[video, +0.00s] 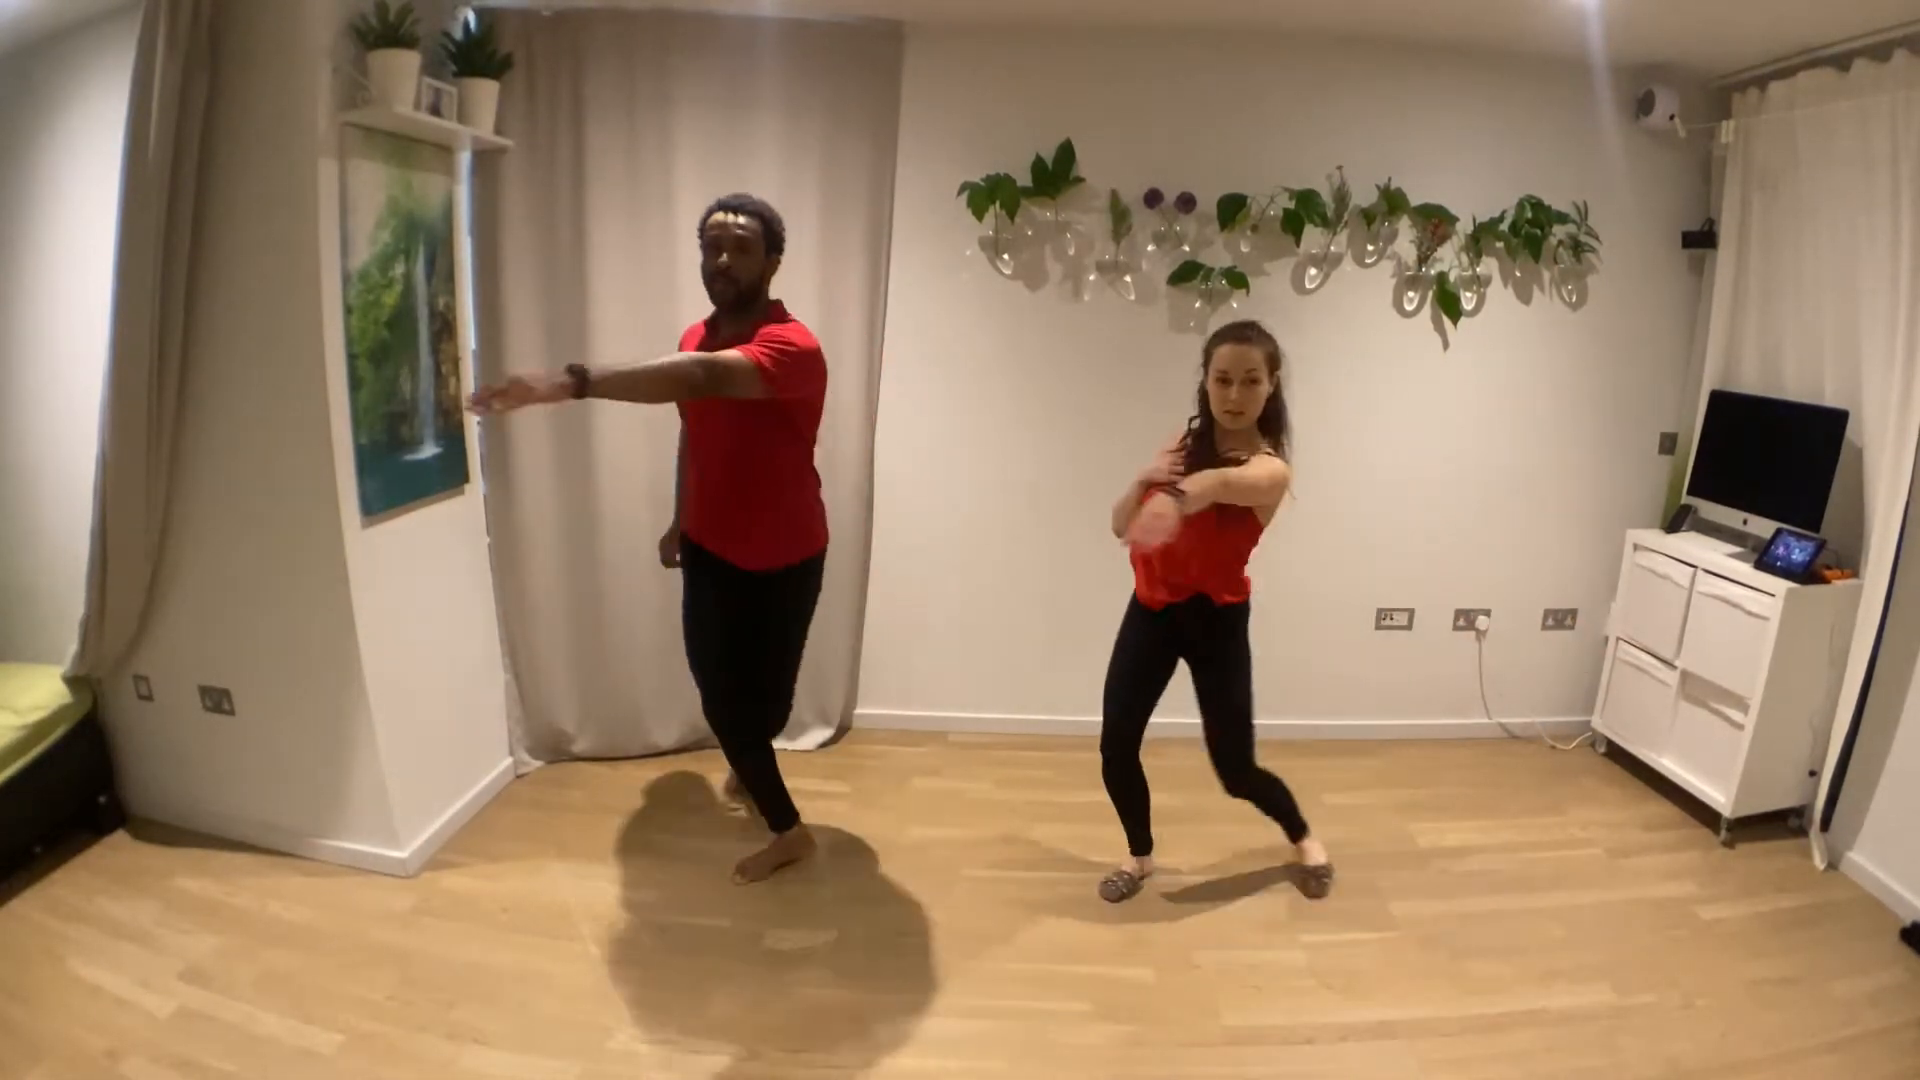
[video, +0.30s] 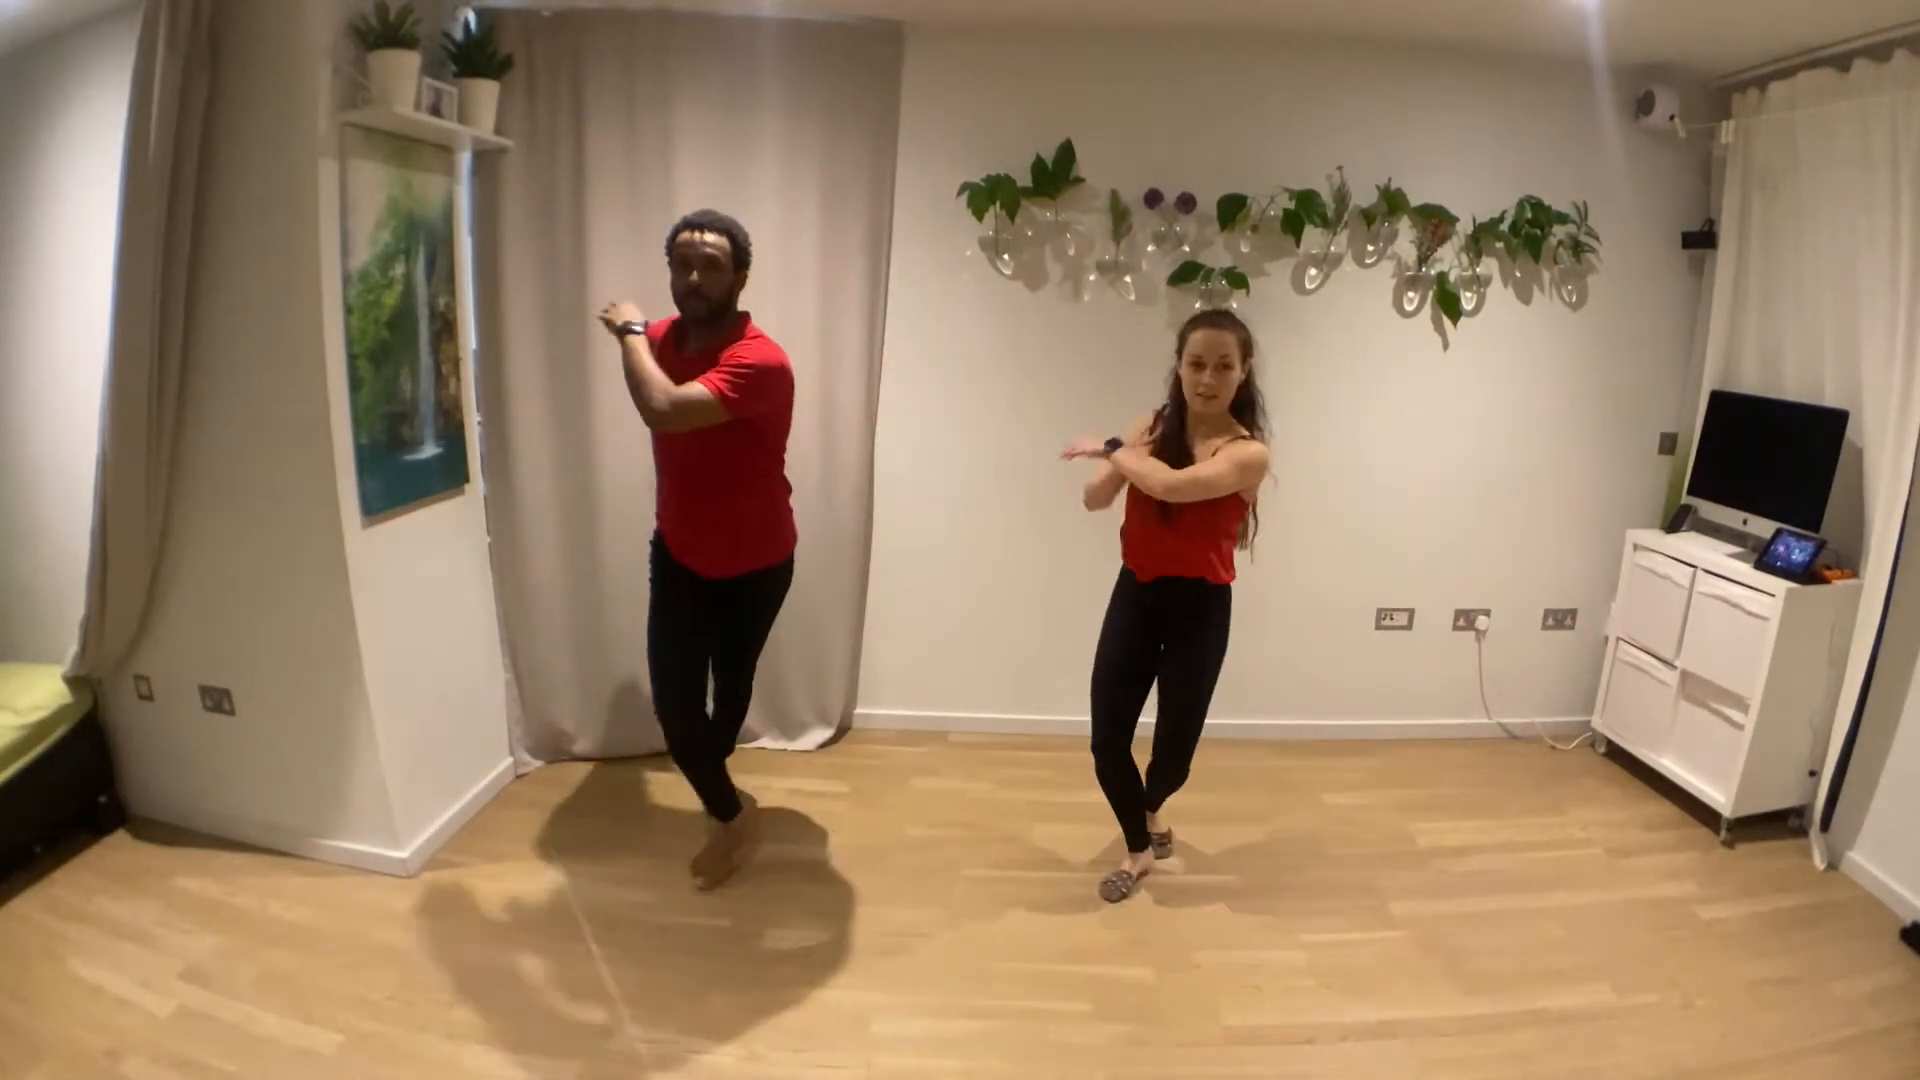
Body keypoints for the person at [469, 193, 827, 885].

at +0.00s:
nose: (719, 260)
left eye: (738, 247)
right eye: (710, 246)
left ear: (773, 261)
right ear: (699, 257)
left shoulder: (793, 351)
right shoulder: (698, 343)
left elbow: (697, 379)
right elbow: (691, 447)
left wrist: (571, 384)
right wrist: (682, 523)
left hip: (784, 554)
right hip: (711, 548)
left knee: (768, 697)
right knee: (723, 702)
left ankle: (744, 768)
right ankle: (789, 831)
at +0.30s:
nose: (692, 279)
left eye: (708, 267)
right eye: (682, 266)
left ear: (740, 278)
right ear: (670, 273)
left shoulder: (762, 364)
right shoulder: (660, 342)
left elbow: (664, 407)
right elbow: (666, 423)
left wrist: (630, 333)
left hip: (755, 560)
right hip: (680, 552)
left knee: (733, 676)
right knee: (676, 709)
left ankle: (709, 776)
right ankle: (733, 817)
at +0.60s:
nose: (682, 278)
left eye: (698, 267)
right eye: (668, 268)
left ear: (730, 283)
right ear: (654, 286)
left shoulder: (782, 372)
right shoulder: (628, 387)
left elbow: (814, 485)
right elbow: (607, 512)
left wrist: (712, 479)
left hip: (757, 579)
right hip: (671, 576)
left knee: (762, 742)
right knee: (661, 736)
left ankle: (739, 774)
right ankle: (640, 869)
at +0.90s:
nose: (774, 250)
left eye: (782, 243)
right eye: (756, 243)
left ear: (796, 269)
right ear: (731, 270)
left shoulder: (822, 360)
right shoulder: (707, 349)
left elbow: (849, 459)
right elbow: (750, 223)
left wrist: (879, 525)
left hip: (854, 581)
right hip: (769, 591)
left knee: (913, 732)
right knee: (727, 760)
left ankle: (958, 871)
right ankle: (643, 862)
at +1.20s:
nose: (885, 248)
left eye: (901, 237)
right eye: (871, 240)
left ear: (932, 259)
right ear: (855, 264)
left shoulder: (984, 353)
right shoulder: (838, 340)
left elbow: (1030, 449)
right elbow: (791, 211)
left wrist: (1042, 551)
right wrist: (777, 88)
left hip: (975, 583)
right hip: (885, 582)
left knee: (984, 749)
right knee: (839, 746)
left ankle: (962, 874)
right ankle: (754, 838)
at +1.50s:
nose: (984, 270)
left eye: (999, 254)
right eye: (970, 257)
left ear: (1033, 266)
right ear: (954, 271)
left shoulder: (1079, 361)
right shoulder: (934, 343)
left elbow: (1139, 462)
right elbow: (840, 260)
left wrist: (1133, 571)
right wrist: (780, 172)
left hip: (1065, 582)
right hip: (983, 582)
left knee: (1021, 738)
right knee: (1012, 736)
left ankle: (970, 868)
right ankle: (1108, 797)